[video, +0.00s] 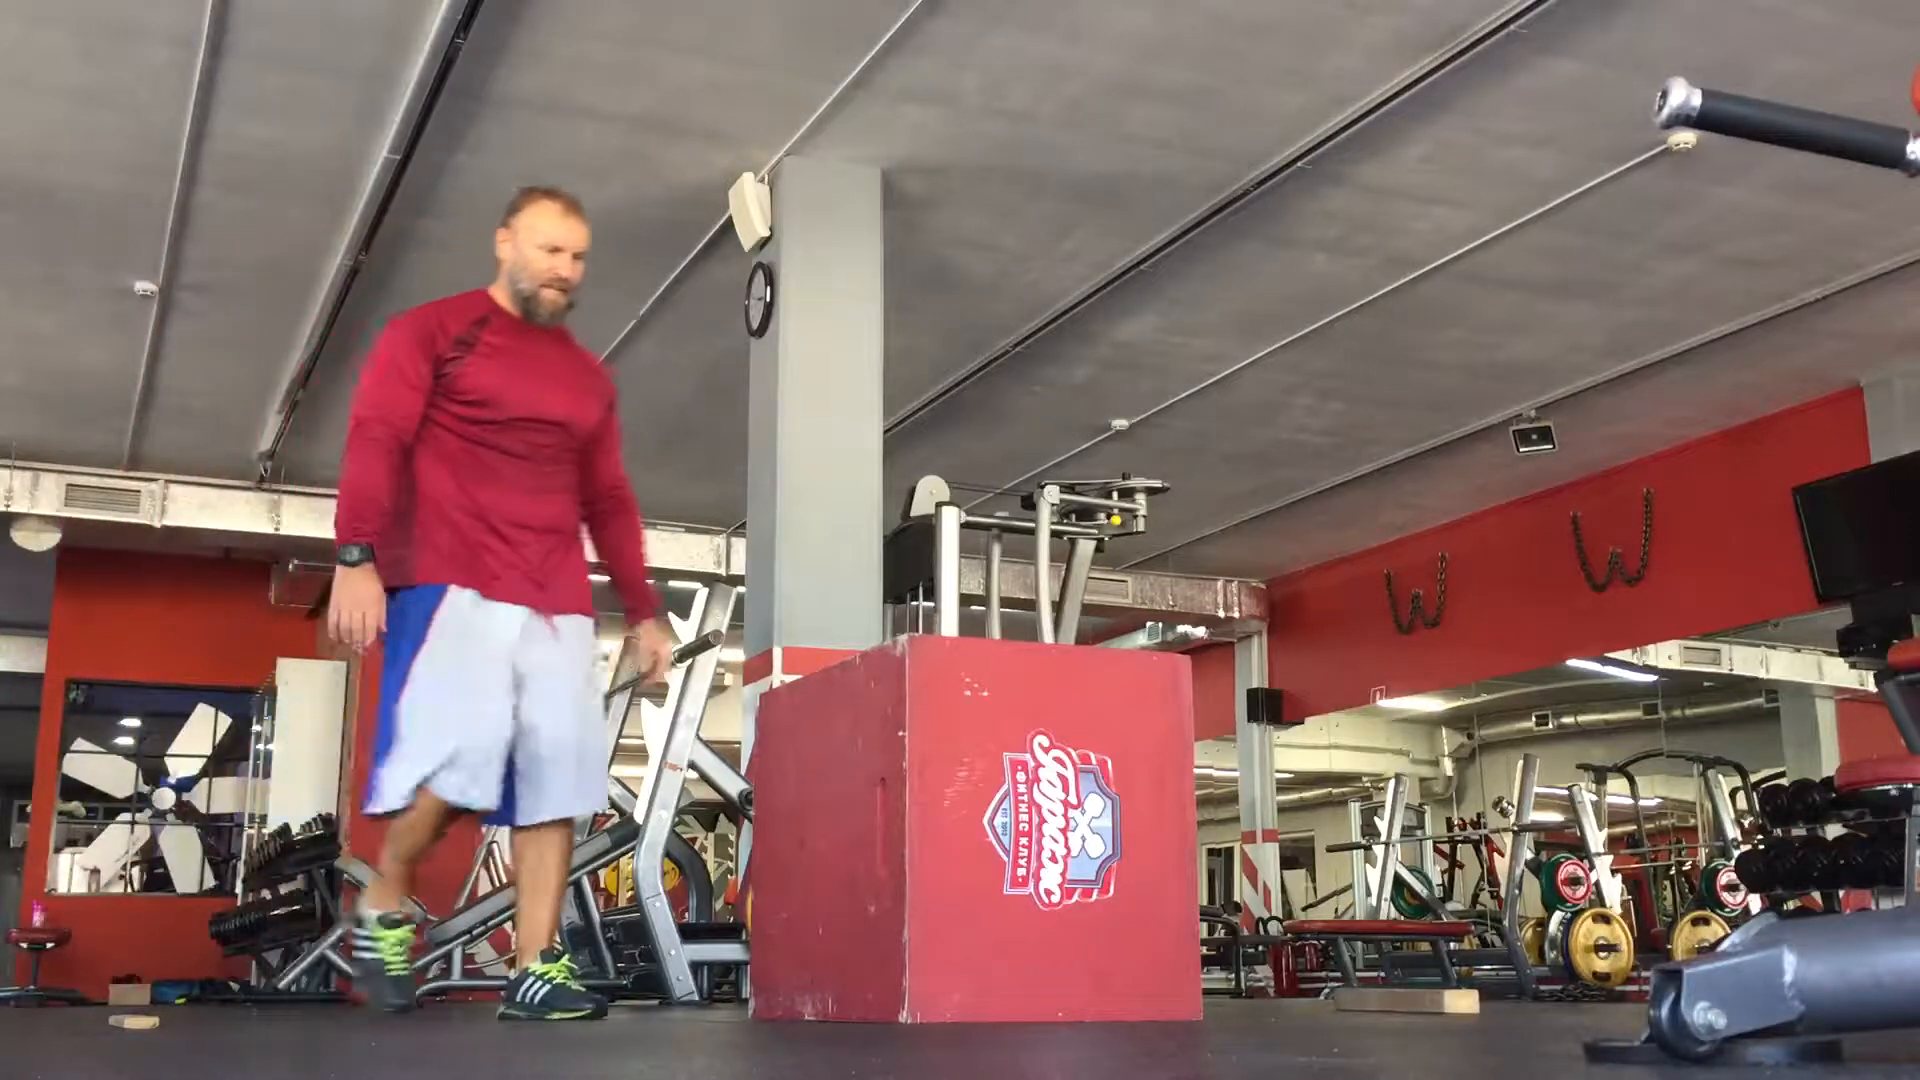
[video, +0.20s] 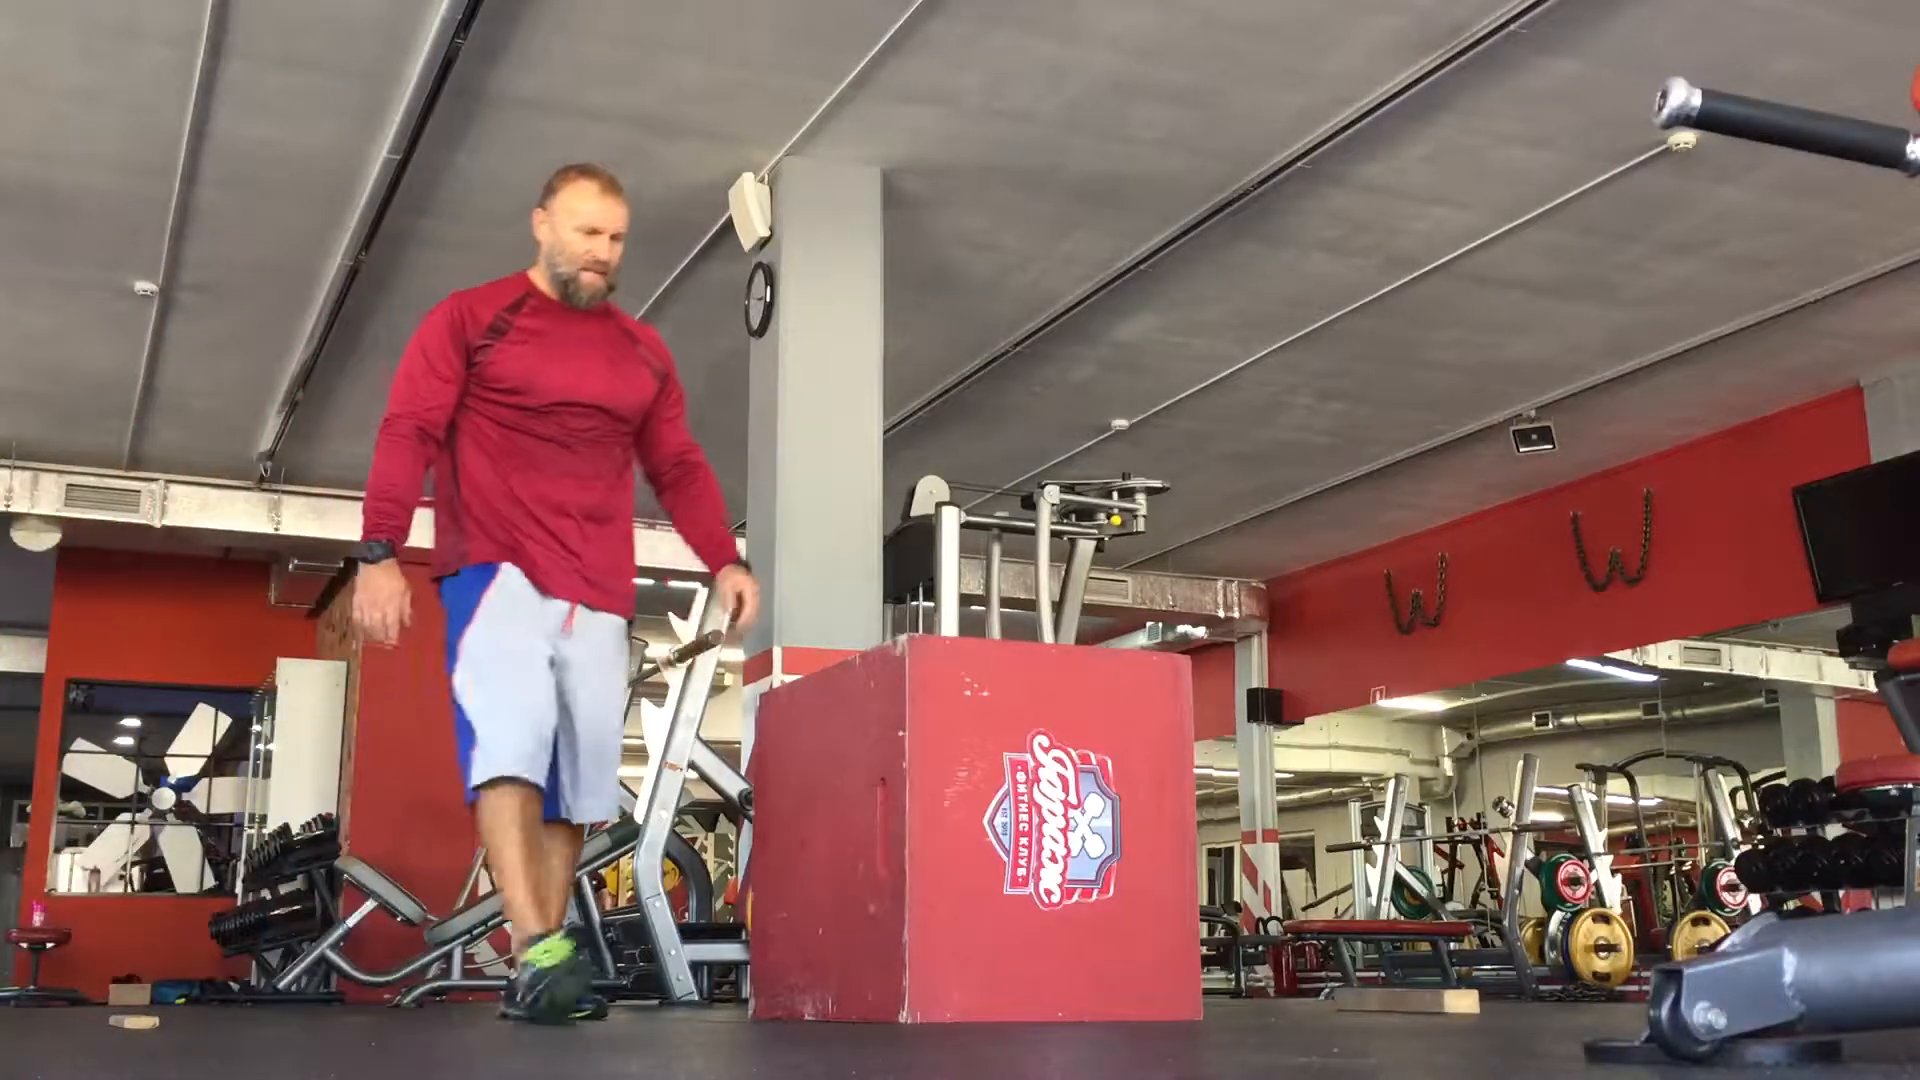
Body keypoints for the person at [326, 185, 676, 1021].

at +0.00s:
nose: (568, 269)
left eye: (579, 256)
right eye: (552, 249)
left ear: (584, 268)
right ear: (503, 245)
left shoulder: (588, 376)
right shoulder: (429, 334)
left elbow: (610, 499)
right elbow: (376, 439)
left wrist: (644, 613)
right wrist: (355, 559)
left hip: (556, 599)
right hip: (451, 583)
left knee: (557, 771)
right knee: (463, 759)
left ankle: (534, 965)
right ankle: (387, 892)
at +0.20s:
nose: (603, 251)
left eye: (616, 237)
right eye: (588, 231)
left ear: (627, 243)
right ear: (541, 226)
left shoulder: (644, 352)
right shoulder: (470, 321)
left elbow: (677, 466)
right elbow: (409, 430)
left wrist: (726, 558)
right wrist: (379, 552)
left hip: (598, 583)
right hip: (496, 569)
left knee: (578, 766)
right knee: (513, 742)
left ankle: (540, 964)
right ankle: (538, 951)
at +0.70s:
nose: (658, 206)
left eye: (671, 188)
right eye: (639, 185)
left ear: (685, 184)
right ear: (590, 174)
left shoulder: (714, 291)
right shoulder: (520, 280)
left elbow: (745, 424)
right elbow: (477, 407)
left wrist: (765, 535)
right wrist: (490, 526)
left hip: (703, 561)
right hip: (573, 562)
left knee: (725, 741)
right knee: (548, 753)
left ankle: (712, 948)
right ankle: (560, 954)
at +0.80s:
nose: (687, 205)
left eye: (700, 186)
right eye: (668, 186)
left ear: (713, 178)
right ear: (617, 169)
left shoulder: (740, 287)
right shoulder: (542, 272)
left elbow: (774, 423)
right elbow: (493, 399)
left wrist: (799, 540)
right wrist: (502, 519)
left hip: (714, 566)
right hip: (581, 563)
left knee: (739, 748)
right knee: (549, 751)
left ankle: (772, 949)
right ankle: (561, 955)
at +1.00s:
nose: (754, 203)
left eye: (770, 186)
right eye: (737, 183)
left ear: (788, 178)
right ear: (692, 165)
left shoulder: (815, 298)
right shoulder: (612, 256)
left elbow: (842, 435)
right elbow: (552, 382)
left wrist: (865, 553)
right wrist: (518, 506)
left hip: (752, 553)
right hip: (613, 543)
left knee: (768, 739)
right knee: (581, 741)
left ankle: (781, 957)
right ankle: (565, 955)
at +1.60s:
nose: (856, 204)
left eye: (878, 188)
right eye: (840, 181)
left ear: (903, 176)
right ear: (807, 146)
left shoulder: (917, 301)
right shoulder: (720, 216)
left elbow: (907, 456)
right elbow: (650, 333)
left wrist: (897, 593)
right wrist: (619, 453)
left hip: (804, 530)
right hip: (682, 508)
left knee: (790, 740)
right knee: (660, 729)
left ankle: (778, 958)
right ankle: (643, 952)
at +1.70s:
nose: (858, 207)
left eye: (880, 191)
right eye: (841, 185)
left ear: (907, 176)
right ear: (808, 148)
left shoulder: (922, 303)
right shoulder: (724, 214)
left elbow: (912, 455)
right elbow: (653, 332)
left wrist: (905, 593)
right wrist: (619, 453)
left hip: (806, 531)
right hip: (684, 507)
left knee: (790, 744)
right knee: (659, 731)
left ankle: (779, 959)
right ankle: (643, 950)